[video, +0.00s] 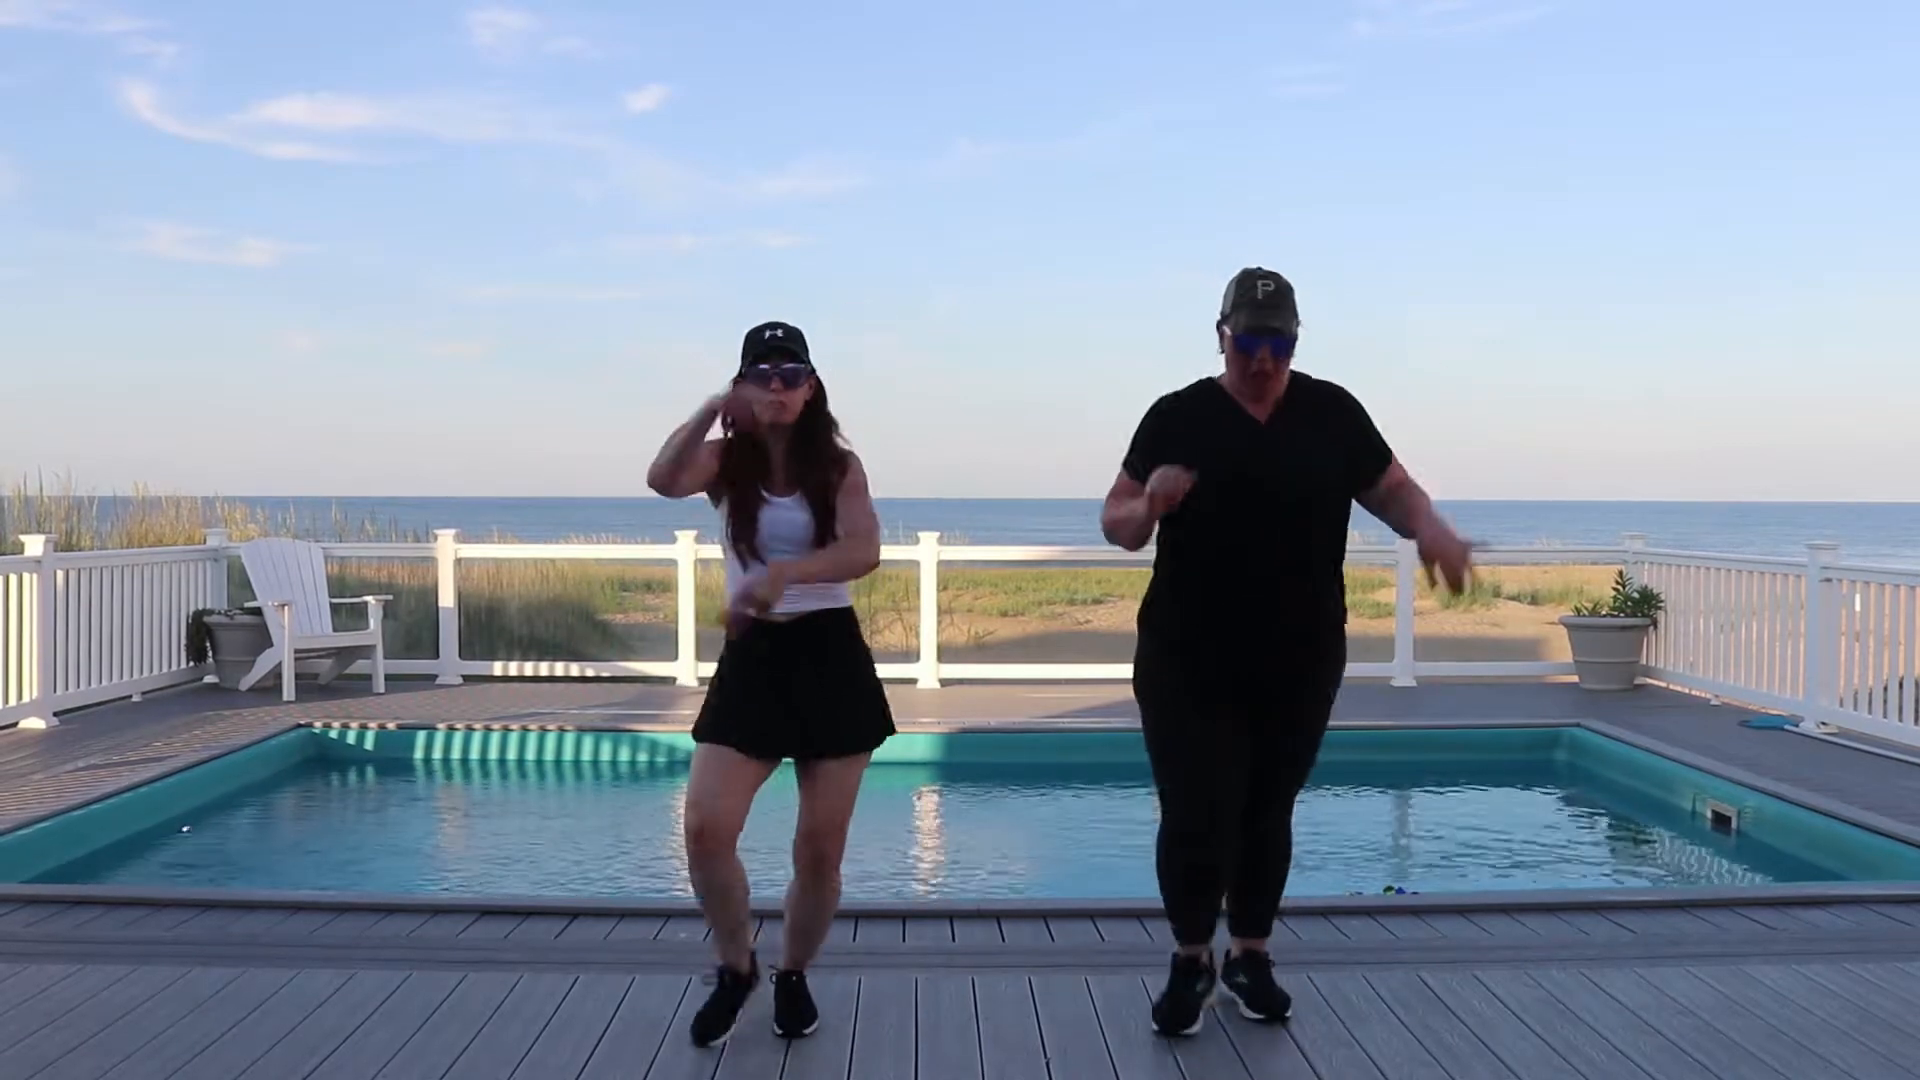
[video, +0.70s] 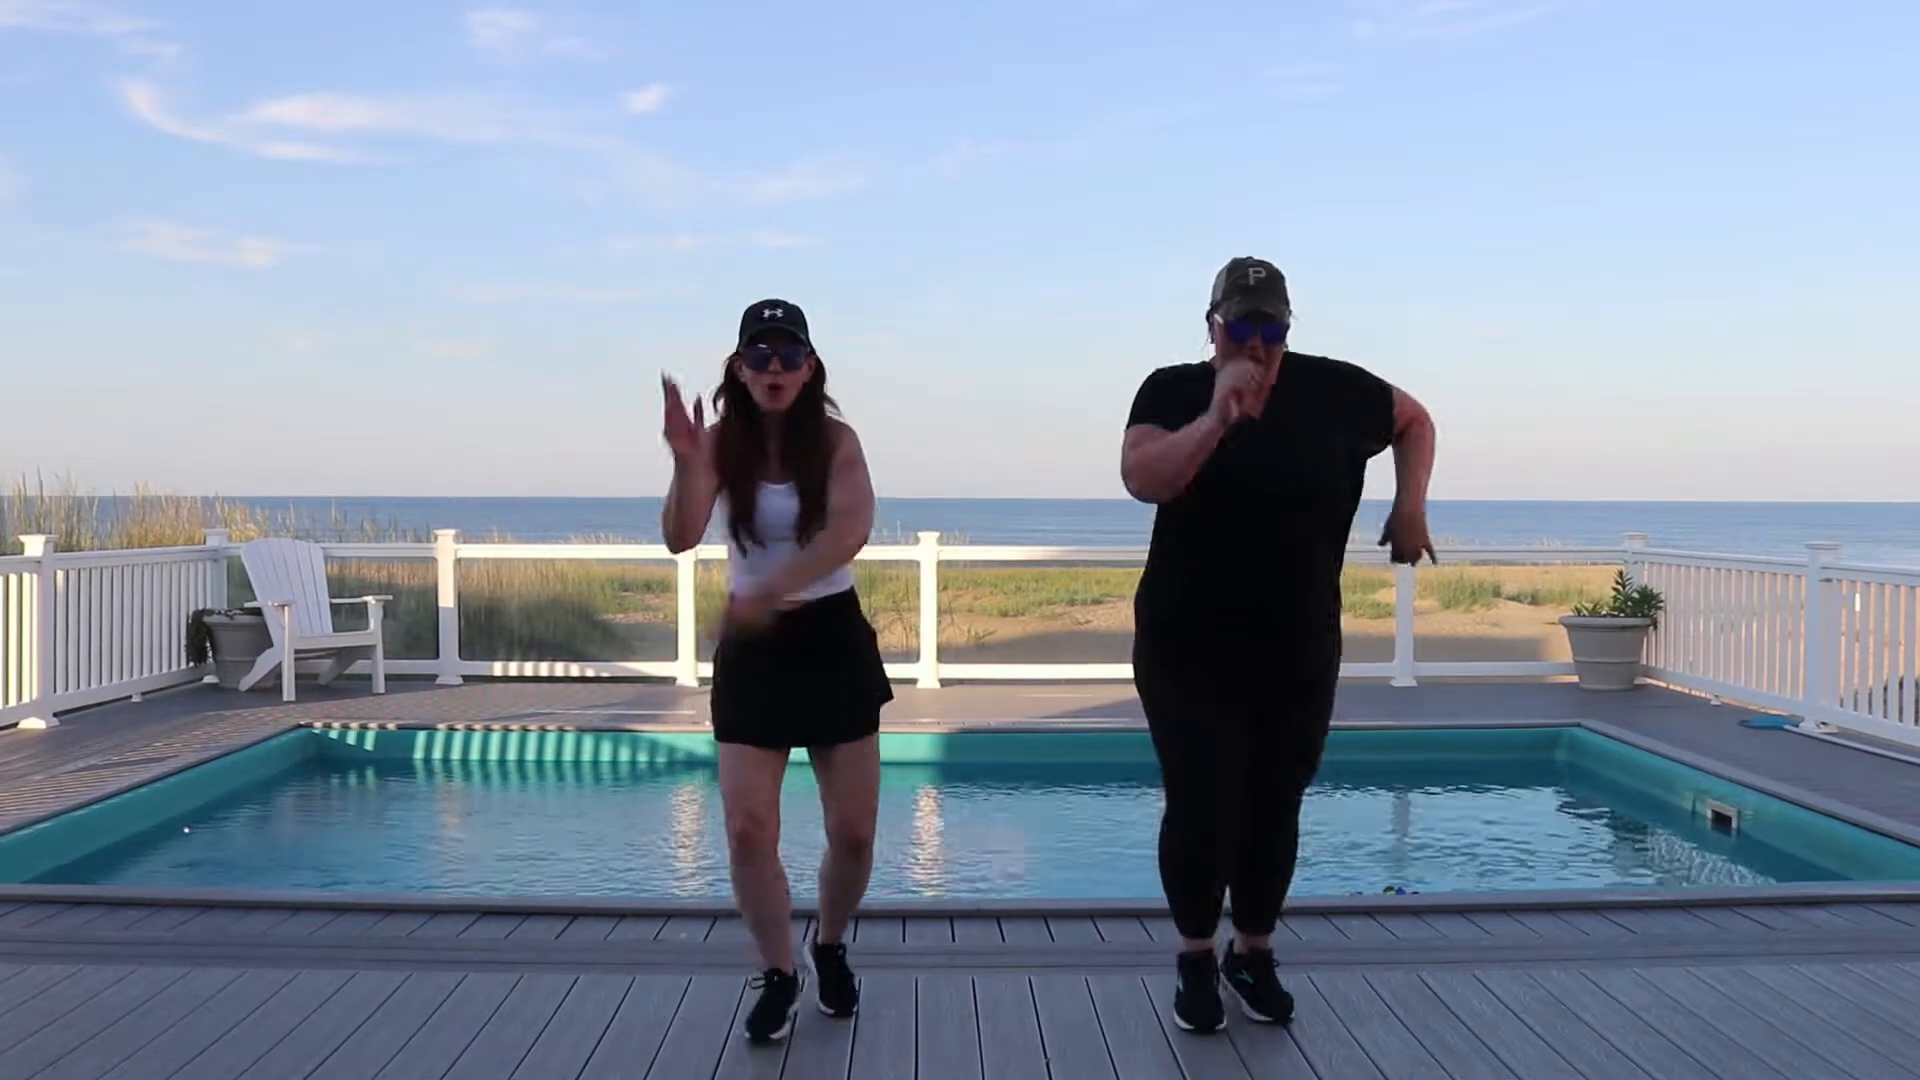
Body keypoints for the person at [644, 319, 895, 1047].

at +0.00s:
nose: (781, 390)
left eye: (794, 377)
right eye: (765, 377)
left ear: (813, 386)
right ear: (743, 388)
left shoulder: (836, 461)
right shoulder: (728, 457)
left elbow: (863, 552)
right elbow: (666, 479)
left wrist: (783, 570)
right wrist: (714, 407)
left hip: (832, 657)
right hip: (753, 658)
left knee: (820, 850)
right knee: (705, 829)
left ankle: (793, 974)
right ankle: (737, 969)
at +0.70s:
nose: (774, 370)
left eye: (789, 356)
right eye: (759, 357)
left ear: (810, 366)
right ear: (739, 366)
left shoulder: (834, 437)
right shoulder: (719, 440)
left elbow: (852, 532)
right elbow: (681, 537)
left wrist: (773, 586)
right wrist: (690, 464)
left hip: (834, 638)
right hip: (751, 638)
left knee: (854, 834)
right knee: (748, 828)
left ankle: (830, 944)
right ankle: (777, 972)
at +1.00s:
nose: (786, 383)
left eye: (801, 369)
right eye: (771, 369)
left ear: (820, 379)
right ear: (749, 376)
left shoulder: (829, 449)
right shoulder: (719, 444)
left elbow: (884, 485)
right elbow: (688, 522)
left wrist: (888, 394)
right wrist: (786, 530)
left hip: (809, 653)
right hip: (725, 655)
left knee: (816, 833)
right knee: (738, 848)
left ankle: (820, 1001)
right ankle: (782, 979)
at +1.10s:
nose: (789, 369)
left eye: (802, 356)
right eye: (773, 356)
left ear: (822, 365)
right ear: (750, 364)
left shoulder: (830, 442)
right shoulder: (719, 430)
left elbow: (873, 493)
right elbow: (688, 509)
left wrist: (884, 389)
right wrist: (791, 510)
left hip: (807, 645)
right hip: (723, 646)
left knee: (800, 832)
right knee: (727, 843)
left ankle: (787, 1004)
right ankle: (778, 974)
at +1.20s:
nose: (785, 384)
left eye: (799, 370)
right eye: (770, 371)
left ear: (820, 378)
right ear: (749, 379)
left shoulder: (833, 459)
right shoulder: (718, 447)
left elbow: (856, 534)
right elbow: (681, 528)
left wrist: (876, 426)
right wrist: (777, 527)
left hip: (808, 662)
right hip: (724, 661)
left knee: (792, 843)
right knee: (694, 845)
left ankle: (775, 1021)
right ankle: (765, 946)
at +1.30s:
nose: (786, 382)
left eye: (801, 369)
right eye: (771, 369)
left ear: (821, 381)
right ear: (747, 379)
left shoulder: (832, 460)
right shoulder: (714, 453)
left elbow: (849, 541)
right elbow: (681, 537)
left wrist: (866, 438)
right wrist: (778, 531)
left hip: (806, 663)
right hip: (722, 663)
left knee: (796, 845)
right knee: (709, 858)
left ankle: (777, 1016)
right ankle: (748, 943)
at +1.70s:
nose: (779, 394)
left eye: (793, 380)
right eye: (764, 381)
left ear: (814, 389)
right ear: (743, 392)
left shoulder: (838, 468)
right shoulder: (723, 460)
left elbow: (862, 548)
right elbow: (643, 494)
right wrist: (712, 501)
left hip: (824, 669)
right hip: (741, 666)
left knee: (811, 858)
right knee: (687, 849)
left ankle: (787, 976)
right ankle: (731, 948)